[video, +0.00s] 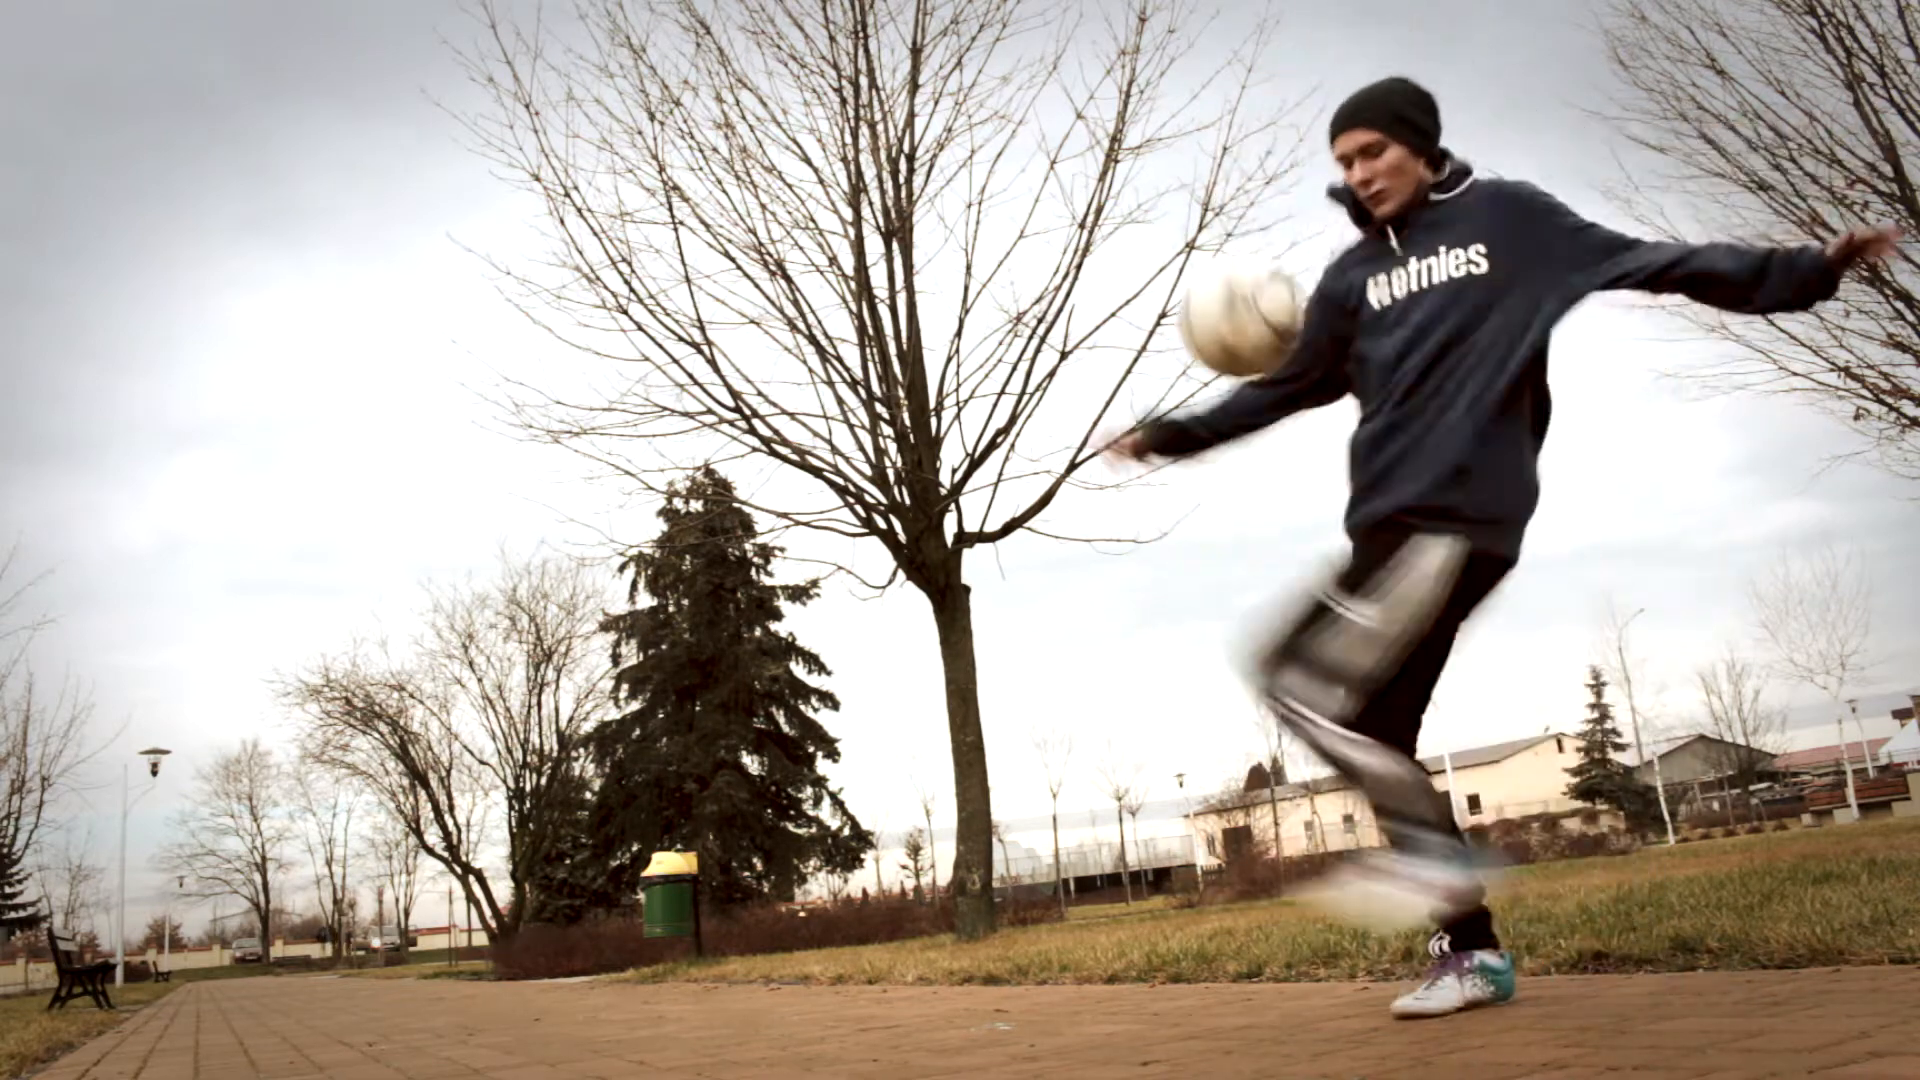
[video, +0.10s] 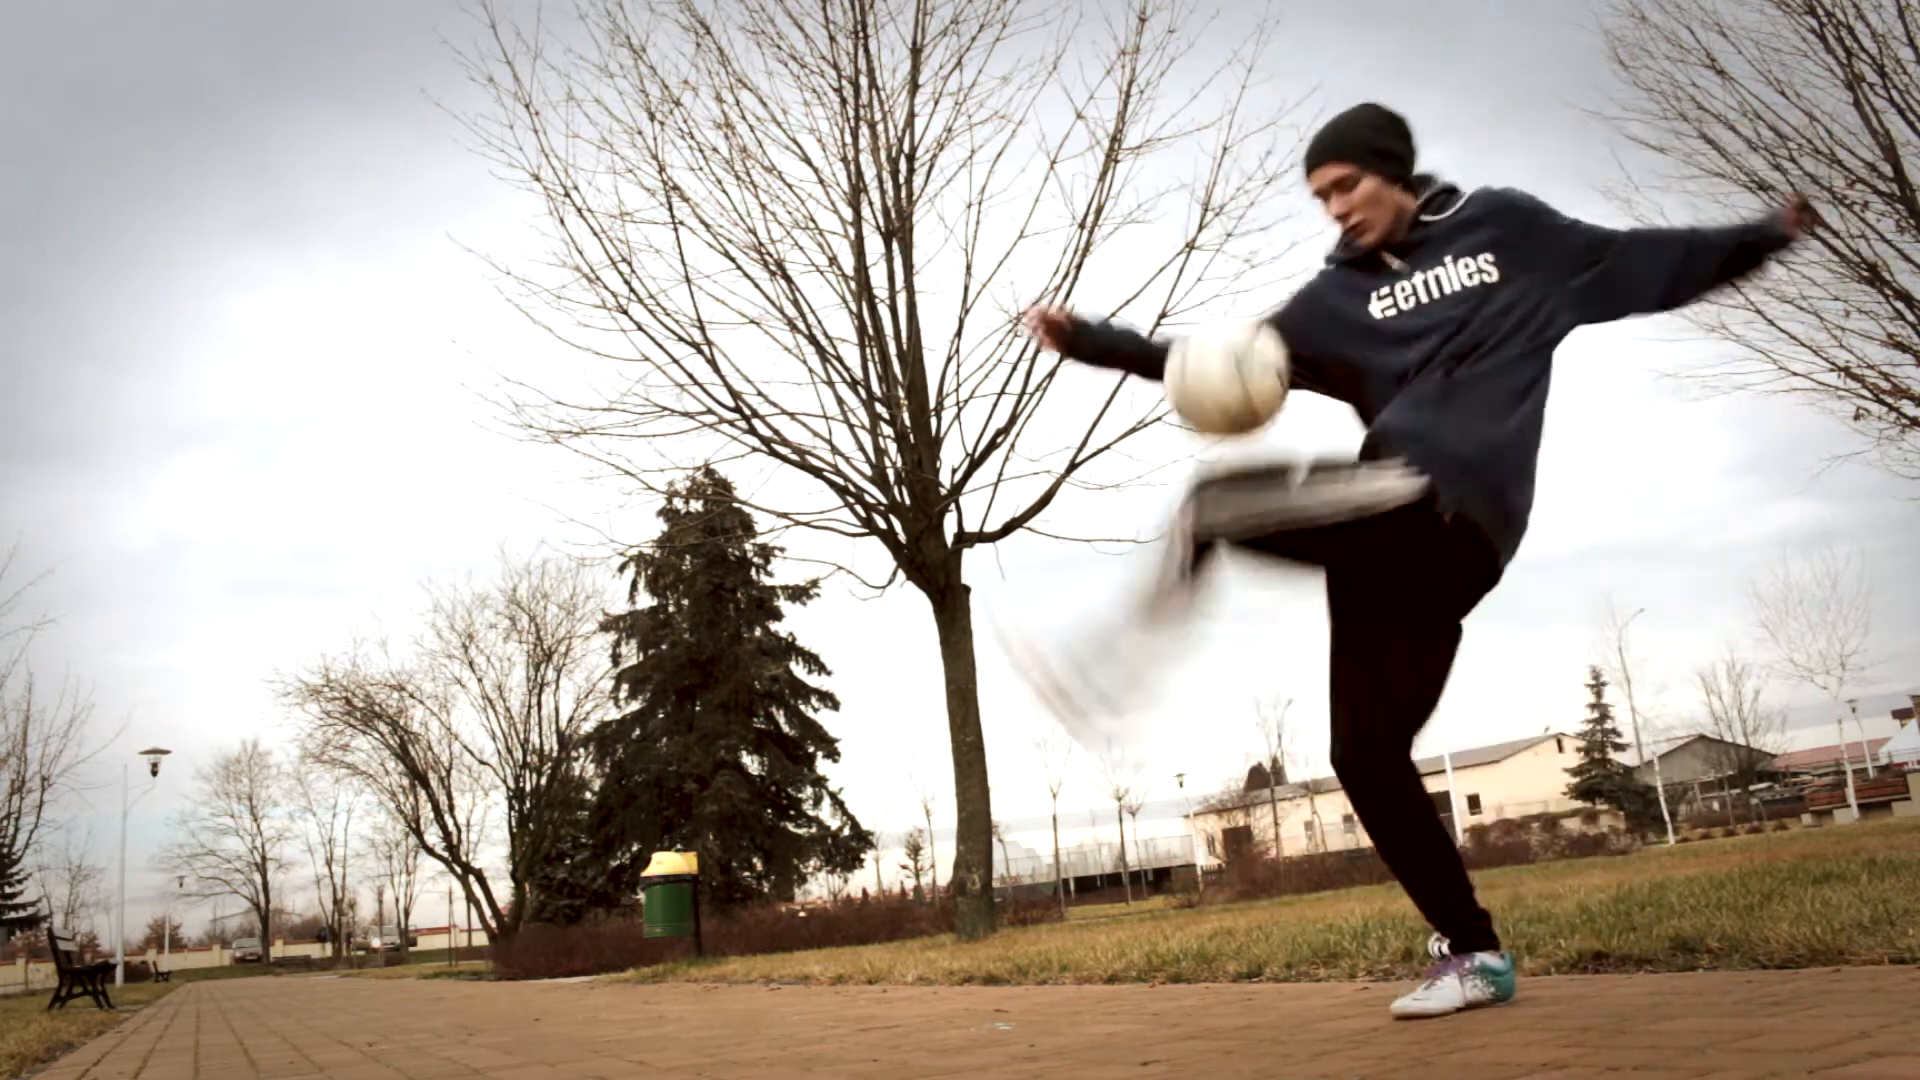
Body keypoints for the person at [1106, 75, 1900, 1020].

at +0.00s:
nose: (1357, 176)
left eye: (1371, 155)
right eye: (1345, 164)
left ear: (1424, 145)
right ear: (1342, 174)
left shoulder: (1504, 211)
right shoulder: (1351, 277)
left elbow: (1657, 260)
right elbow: (1292, 381)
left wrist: (1813, 266)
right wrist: (1171, 435)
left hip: (1464, 505)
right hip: (1386, 518)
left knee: (1302, 676)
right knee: (1379, 737)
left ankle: (1429, 855)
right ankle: (1472, 950)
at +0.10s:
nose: (1335, 211)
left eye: (1344, 188)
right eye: (1323, 199)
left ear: (1398, 166)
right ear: (1331, 205)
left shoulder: (1504, 226)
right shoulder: (1339, 296)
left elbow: (1634, 262)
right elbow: (1223, 366)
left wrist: (1764, 234)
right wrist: (1091, 342)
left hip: (1454, 494)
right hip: (1401, 519)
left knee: (1211, 506)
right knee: (1367, 754)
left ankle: (1112, 676)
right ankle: (1476, 958)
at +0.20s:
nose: (1292, 207)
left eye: (1300, 184)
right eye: (1279, 196)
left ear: (1353, 163)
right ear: (1285, 198)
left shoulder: (1460, 204)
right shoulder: (1299, 285)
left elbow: (1591, 232)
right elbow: (1172, 335)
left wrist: (1704, 198)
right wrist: (1037, 303)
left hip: (1461, 436)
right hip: (1411, 502)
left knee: (1236, 361)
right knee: (1384, 731)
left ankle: (1033, 444)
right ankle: (1479, 950)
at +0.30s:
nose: (1261, 179)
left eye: (1268, 155)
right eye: (1248, 167)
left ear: (1317, 132)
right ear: (1250, 166)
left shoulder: (1419, 169)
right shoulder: (1276, 259)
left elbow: (1569, 185)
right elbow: (1170, 318)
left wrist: (1650, 166)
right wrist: (1045, 294)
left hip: (1501, 406)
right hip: (1415, 453)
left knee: (1299, 424)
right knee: (1369, 675)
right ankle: (1384, 905)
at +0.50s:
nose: (1254, 223)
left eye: (1262, 199)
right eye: (1243, 210)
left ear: (1313, 178)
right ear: (1260, 207)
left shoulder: (1394, 228)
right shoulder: (1306, 285)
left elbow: (1459, 348)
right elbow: (1321, 390)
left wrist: (1402, 325)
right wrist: (1266, 489)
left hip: (1488, 494)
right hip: (1402, 497)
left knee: (1427, 722)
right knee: (1278, 462)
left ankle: (1538, 968)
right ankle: (1370, 657)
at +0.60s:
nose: (1262, 232)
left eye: (1274, 206)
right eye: (1247, 215)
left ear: (1326, 193)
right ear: (1250, 218)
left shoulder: (1400, 232)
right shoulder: (1318, 285)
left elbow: (1416, 304)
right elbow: (1325, 428)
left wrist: (1315, 305)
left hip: (1455, 529)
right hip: (1371, 517)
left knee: (1419, 724)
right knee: (1244, 410)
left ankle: (1533, 966)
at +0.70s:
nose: (1268, 177)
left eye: (1277, 156)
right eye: (1258, 163)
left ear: (1325, 143)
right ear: (1266, 168)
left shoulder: (1400, 207)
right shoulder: (1298, 270)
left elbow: (1389, 166)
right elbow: (1256, 382)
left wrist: (1275, 83)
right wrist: (1137, 368)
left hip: (1432, 496)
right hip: (1345, 477)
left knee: (1430, 708)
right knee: (1191, 392)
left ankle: (1529, 961)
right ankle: (1036, 523)